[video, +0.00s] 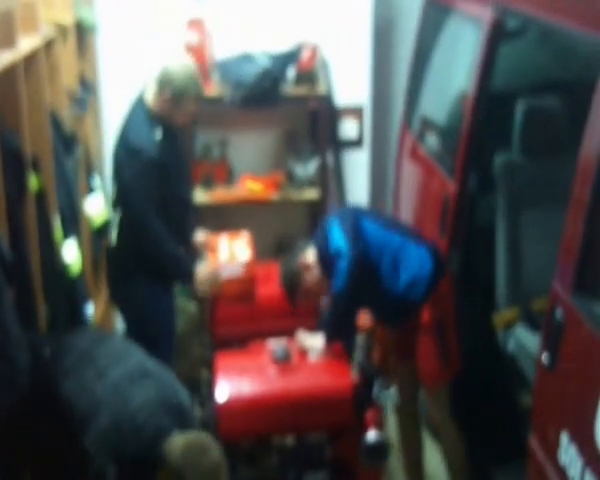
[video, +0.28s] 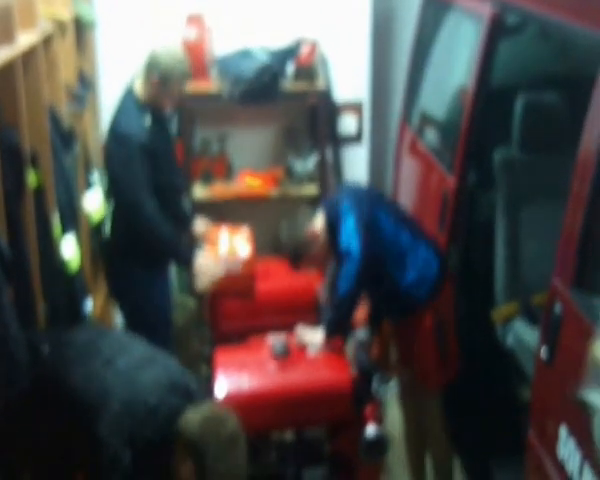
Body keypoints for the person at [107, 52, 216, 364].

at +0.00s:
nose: (191, 116)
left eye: (193, 108)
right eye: (187, 109)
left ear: (168, 98)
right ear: (165, 99)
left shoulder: (165, 126)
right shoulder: (143, 145)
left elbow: (171, 194)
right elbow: (146, 222)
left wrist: (190, 231)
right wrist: (188, 270)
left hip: (157, 260)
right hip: (140, 269)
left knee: (158, 357)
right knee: (154, 361)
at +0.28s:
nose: (178, 100)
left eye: (180, 92)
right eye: (175, 91)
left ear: (156, 82)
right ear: (155, 82)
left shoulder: (155, 115)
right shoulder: (131, 131)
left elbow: (167, 182)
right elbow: (141, 208)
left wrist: (190, 220)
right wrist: (186, 254)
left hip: (152, 248)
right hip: (134, 255)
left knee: (159, 343)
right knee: (153, 347)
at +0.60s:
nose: (177, 81)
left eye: (180, 73)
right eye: (174, 72)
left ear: (161, 68)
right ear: (155, 67)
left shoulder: (157, 103)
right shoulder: (132, 119)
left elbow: (169, 168)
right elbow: (147, 196)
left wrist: (202, 183)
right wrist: (206, 218)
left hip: (156, 241)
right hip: (140, 249)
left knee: (157, 336)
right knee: (163, 340)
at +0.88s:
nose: (194, 77)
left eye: (196, 69)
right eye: (192, 69)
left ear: (175, 59)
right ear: (172, 59)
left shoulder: (159, 90)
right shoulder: (152, 108)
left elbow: (190, 137)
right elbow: (181, 178)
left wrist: (230, 165)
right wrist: (241, 200)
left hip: (159, 230)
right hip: (153, 240)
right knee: (165, 330)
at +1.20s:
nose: (225, 78)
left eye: (229, 70)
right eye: (224, 69)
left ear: (203, 54)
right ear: (205, 59)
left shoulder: (180, 77)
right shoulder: (181, 105)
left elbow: (215, 141)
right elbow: (213, 175)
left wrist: (250, 173)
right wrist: (264, 204)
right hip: (150, 230)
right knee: (161, 322)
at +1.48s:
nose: (236, 67)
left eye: (238, 58)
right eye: (235, 58)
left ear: (211, 43)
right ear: (220, 52)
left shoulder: (183, 65)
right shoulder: (186, 94)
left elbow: (207, 138)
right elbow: (210, 170)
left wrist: (241, 169)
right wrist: (261, 206)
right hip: (154, 215)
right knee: (166, 305)